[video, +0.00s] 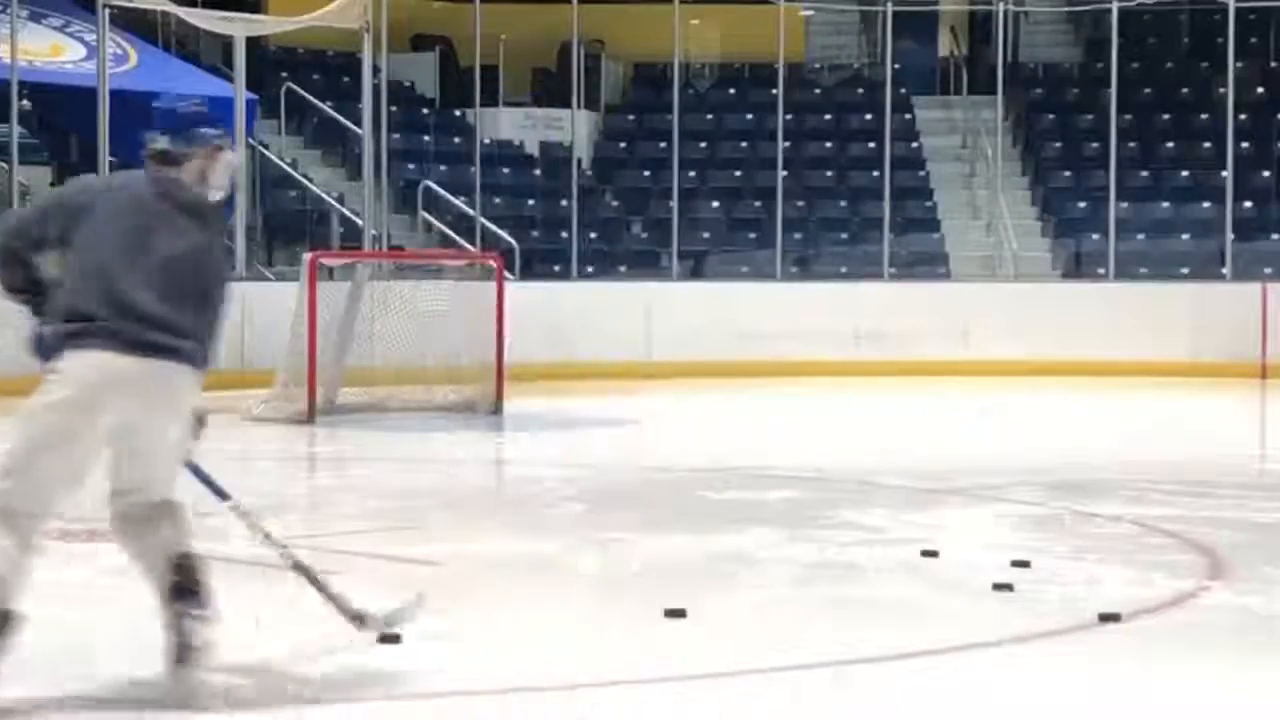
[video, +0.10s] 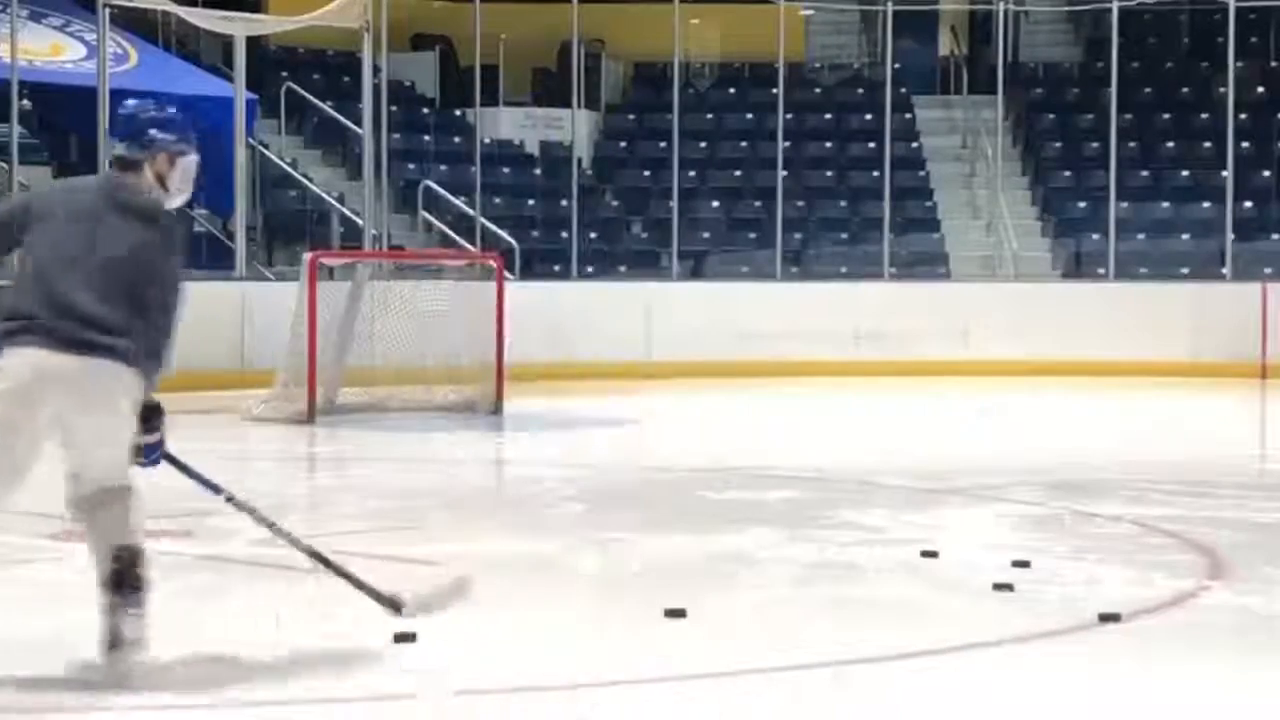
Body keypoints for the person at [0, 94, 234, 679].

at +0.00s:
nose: (221, 174)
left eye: (222, 161)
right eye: (216, 161)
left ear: (154, 155)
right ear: (195, 162)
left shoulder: (99, 192)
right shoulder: (212, 234)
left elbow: (11, 234)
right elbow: (202, 333)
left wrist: (39, 297)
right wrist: (192, 404)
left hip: (89, 366)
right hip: (169, 380)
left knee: (16, 504)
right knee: (146, 497)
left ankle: (5, 610)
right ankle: (183, 589)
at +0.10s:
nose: (184, 179)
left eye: (186, 167)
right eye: (179, 166)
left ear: (121, 159)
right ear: (154, 163)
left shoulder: (55, 196)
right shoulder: (162, 230)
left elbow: (3, 228)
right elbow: (156, 324)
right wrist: (145, 397)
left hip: (23, 362)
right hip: (106, 373)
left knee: (3, 483)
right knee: (106, 487)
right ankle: (124, 595)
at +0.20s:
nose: (162, 187)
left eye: (164, 174)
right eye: (157, 172)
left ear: (101, 163)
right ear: (133, 170)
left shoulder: (24, 206)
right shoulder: (129, 235)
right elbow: (130, 333)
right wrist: (133, 410)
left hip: (5, 356)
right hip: (66, 368)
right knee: (83, 471)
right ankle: (90, 589)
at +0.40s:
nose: (166, 201)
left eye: (172, 188)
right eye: (161, 185)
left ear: (117, 175)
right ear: (131, 178)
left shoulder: (55, 208)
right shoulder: (116, 247)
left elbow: (31, 280)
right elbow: (130, 350)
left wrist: (75, 351)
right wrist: (164, 413)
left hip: (4, 334)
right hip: (39, 348)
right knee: (87, 453)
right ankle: (98, 568)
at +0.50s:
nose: (176, 205)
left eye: (181, 194)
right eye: (173, 190)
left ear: (128, 179)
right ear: (150, 185)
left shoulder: (71, 208)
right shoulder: (127, 248)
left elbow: (60, 278)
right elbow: (140, 341)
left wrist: (93, 340)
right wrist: (172, 409)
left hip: (6, 326)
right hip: (40, 340)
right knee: (93, 443)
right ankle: (109, 552)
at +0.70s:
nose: (197, 214)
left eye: (202, 203)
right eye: (197, 201)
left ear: (154, 185)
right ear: (181, 196)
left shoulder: (106, 214)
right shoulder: (151, 253)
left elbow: (85, 275)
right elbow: (166, 339)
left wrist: (117, 332)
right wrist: (197, 402)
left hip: (9, 314)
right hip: (58, 331)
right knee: (109, 431)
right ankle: (129, 541)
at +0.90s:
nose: (217, 219)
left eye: (220, 208)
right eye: (218, 207)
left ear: (171, 190)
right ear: (206, 202)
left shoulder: (125, 210)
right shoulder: (177, 251)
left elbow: (75, 241)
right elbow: (146, 327)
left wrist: (82, 296)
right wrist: (149, 385)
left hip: (45, 318)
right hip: (100, 338)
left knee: (22, 433)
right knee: (114, 441)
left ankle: (0, 521)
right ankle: (132, 510)